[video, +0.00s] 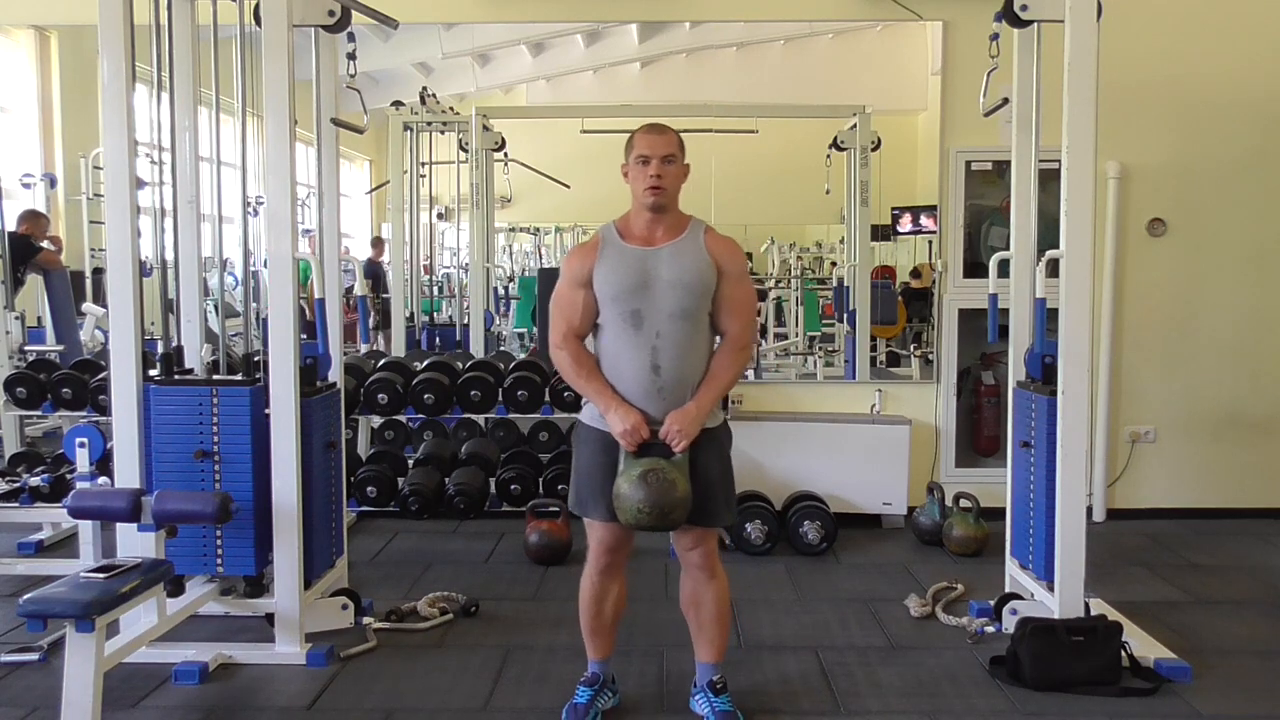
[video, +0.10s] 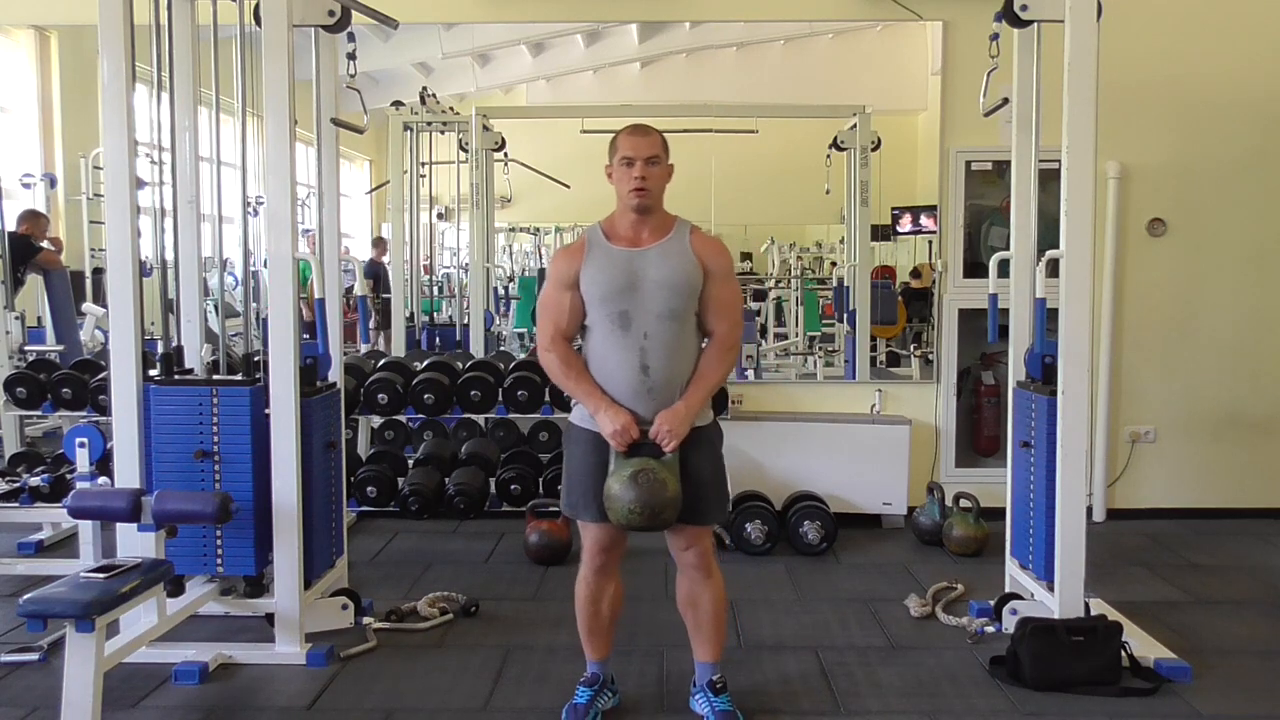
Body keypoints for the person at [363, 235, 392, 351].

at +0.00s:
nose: (384, 251)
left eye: (384, 247)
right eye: (382, 248)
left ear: (377, 248)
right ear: (376, 248)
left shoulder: (379, 265)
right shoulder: (368, 265)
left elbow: (384, 284)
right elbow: (367, 289)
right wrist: (372, 310)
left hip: (385, 302)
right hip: (375, 303)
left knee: (387, 336)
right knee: (372, 337)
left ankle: (388, 359)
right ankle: (367, 360)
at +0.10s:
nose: (386, 251)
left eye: (386, 248)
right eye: (384, 248)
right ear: (377, 248)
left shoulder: (382, 265)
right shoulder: (370, 266)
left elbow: (386, 285)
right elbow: (368, 289)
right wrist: (373, 310)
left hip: (387, 302)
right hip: (377, 303)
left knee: (388, 335)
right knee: (374, 337)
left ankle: (388, 358)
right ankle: (371, 359)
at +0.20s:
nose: (390, 249)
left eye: (389, 246)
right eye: (387, 246)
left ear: (382, 247)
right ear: (380, 247)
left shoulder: (386, 266)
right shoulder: (371, 266)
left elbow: (389, 285)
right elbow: (369, 288)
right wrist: (372, 307)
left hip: (388, 302)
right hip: (377, 303)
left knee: (388, 335)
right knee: (375, 335)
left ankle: (387, 358)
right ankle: (370, 359)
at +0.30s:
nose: (390, 248)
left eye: (390, 245)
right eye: (388, 245)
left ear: (383, 246)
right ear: (381, 247)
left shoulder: (389, 265)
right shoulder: (372, 266)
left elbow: (392, 285)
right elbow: (371, 288)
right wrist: (377, 307)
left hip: (390, 303)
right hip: (379, 304)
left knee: (388, 335)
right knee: (375, 336)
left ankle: (388, 358)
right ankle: (370, 358)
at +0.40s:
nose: (391, 248)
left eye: (391, 245)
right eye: (388, 245)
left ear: (390, 247)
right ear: (382, 246)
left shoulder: (392, 264)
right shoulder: (374, 265)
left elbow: (397, 285)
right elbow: (372, 289)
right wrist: (382, 308)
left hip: (393, 302)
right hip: (380, 304)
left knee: (390, 336)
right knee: (375, 336)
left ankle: (389, 359)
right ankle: (370, 359)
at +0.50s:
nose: (388, 248)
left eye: (390, 245)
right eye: (386, 245)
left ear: (393, 246)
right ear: (382, 247)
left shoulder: (396, 264)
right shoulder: (375, 265)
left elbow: (399, 285)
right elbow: (372, 288)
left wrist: (399, 305)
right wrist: (383, 306)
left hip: (393, 302)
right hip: (380, 303)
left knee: (389, 336)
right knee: (376, 336)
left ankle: (388, 360)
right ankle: (371, 360)